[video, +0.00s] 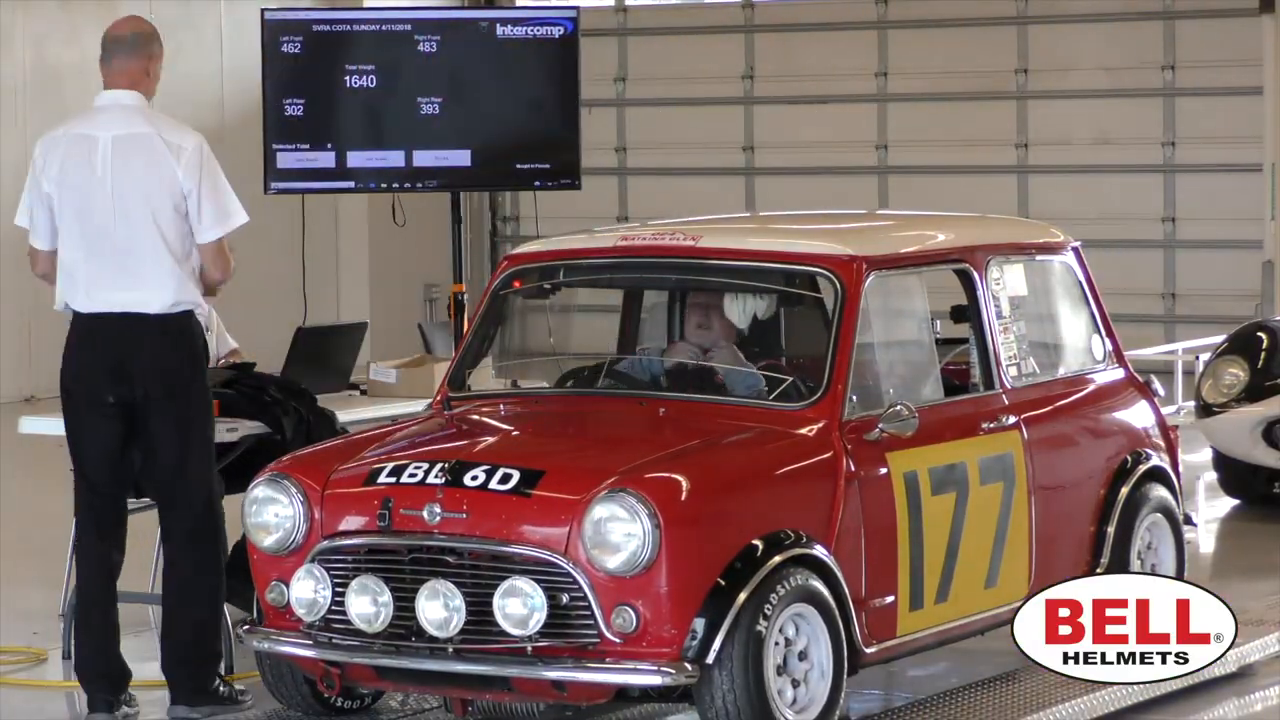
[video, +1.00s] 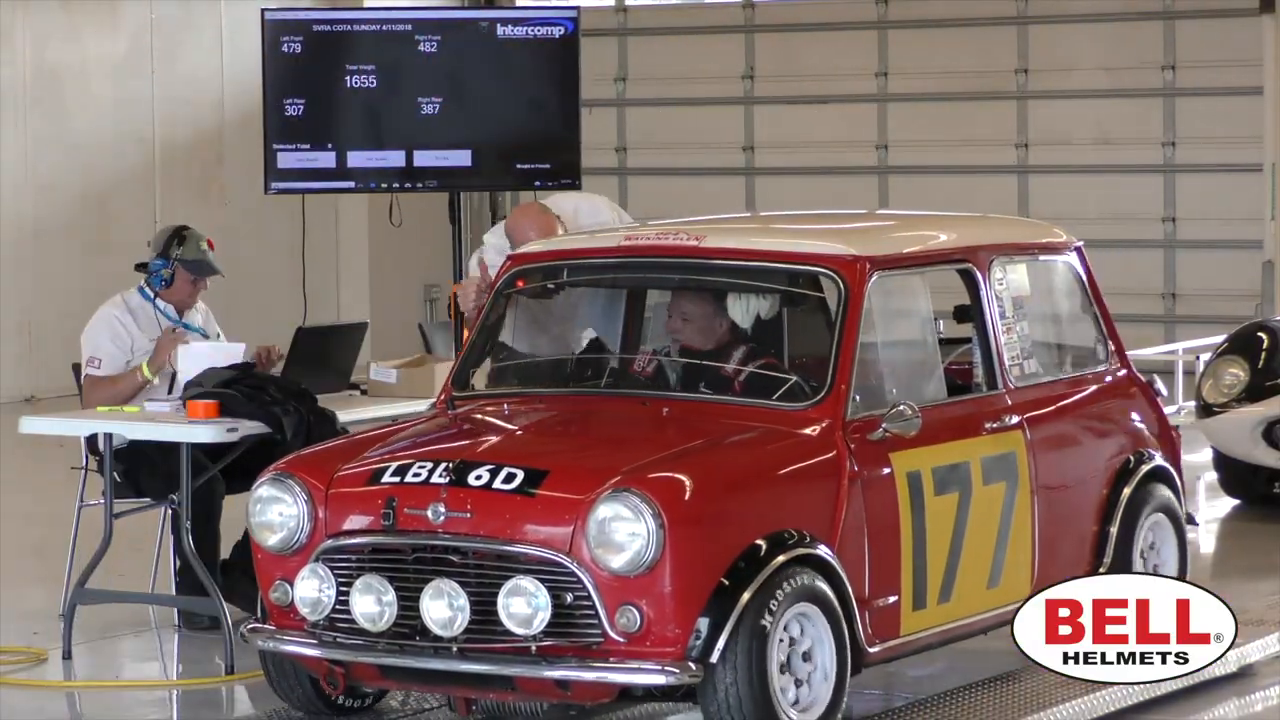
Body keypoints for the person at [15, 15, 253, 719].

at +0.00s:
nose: (159, 74)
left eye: (150, 62)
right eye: (159, 63)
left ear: (101, 66)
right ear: (153, 65)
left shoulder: (54, 145)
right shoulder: (183, 144)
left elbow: (42, 262)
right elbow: (216, 268)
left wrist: (104, 279)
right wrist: (183, 290)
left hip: (88, 346)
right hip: (169, 348)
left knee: (96, 516)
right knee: (190, 515)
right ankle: (192, 683)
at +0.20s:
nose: (160, 71)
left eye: (141, 57)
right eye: (166, 61)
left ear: (111, 64)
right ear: (167, 68)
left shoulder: (66, 147)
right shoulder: (195, 144)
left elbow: (58, 266)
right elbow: (215, 265)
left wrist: (86, 338)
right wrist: (223, 349)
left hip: (99, 346)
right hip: (179, 344)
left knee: (104, 512)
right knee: (191, 513)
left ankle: (102, 684)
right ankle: (193, 682)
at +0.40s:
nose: (321, 107)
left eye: (324, 94)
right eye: (320, 93)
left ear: (266, 76)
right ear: (293, 82)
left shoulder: (196, 143)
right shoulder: (282, 158)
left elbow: (180, 259)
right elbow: (285, 282)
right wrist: (316, 359)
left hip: (192, 344)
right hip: (256, 349)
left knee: (189, 511)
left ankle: (119, 663)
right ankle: (271, 674)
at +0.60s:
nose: (210, 283)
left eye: (213, 275)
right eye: (203, 274)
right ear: (172, 269)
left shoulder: (202, 316)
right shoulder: (122, 313)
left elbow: (217, 381)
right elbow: (98, 390)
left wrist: (252, 368)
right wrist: (149, 384)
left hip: (200, 442)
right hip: (135, 445)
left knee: (287, 466)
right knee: (203, 483)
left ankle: (242, 578)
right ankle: (195, 602)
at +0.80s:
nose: (186, 291)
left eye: (194, 282)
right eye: (176, 280)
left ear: (201, 281)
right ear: (151, 272)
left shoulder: (201, 312)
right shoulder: (111, 323)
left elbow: (220, 372)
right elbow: (92, 400)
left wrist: (245, 364)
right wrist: (152, 394)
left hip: (203, 443)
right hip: (135, 448)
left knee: (289, 466)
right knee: (203, 481)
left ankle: (241, 574)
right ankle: (196, 603)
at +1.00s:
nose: (202, 288)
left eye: (205, 280)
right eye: (195, 279)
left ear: (206, 278)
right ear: (164, 272)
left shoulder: (199, 312)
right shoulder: (113, 318)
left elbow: (215, 377)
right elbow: (93, 399)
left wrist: (254, 364)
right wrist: (151, 365)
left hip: (198, 442)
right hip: (132, 447)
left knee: (295, 464)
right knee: (202, 482)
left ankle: (243, 575)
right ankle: (196, 601)